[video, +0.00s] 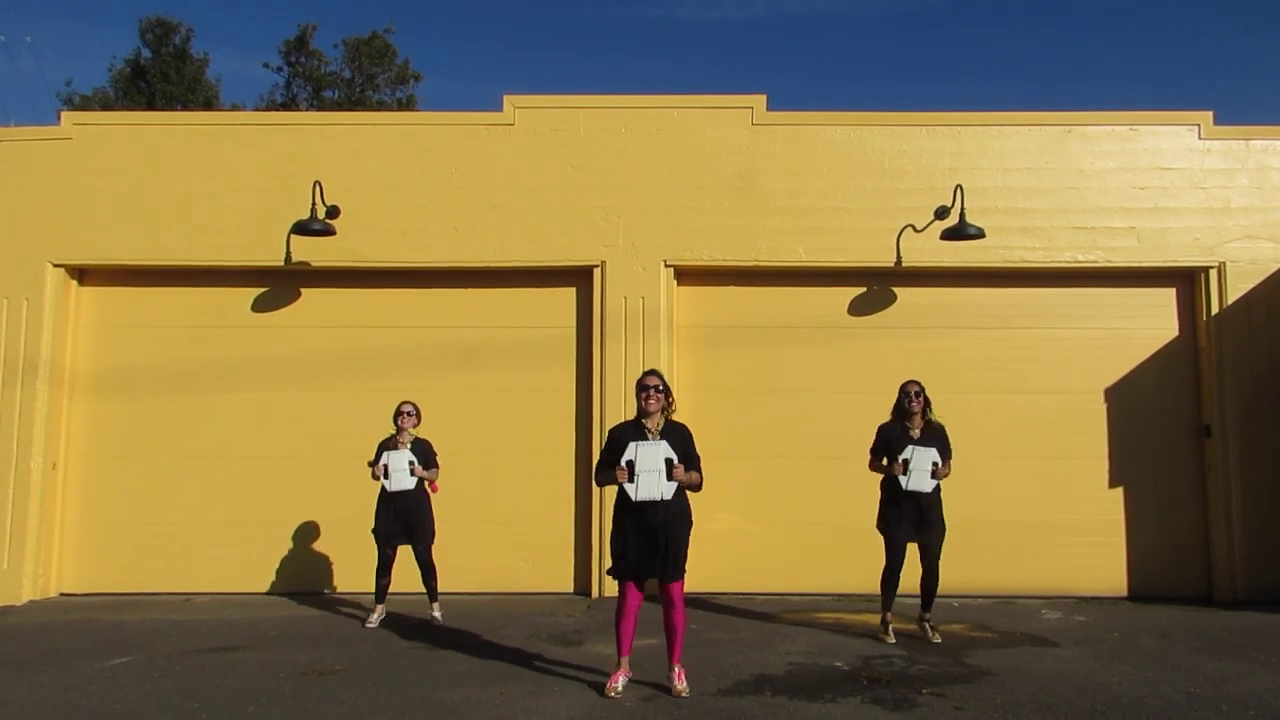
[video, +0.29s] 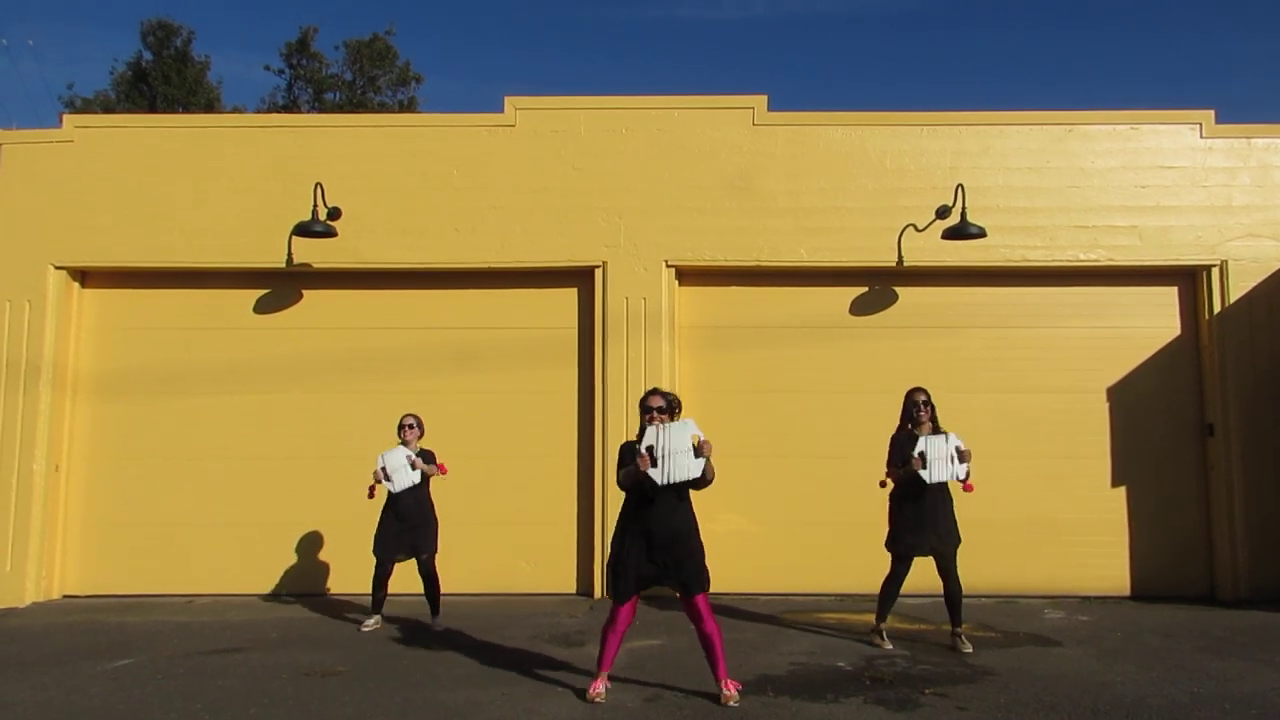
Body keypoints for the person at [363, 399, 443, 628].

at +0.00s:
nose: (404, 418)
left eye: (410, 414)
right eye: (401, 414)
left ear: (417, 419)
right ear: (395, 418)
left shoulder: (423, 445)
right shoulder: (385, 445)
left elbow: (434, 474)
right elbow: (376, 475)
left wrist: (422, 473)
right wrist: (377, 471)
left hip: (417, 509)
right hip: (389, 508)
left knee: (424, 557)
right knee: (385, 558)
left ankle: (434, 605)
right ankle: (379, 607)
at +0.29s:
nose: (406, 430)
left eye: (411, 426)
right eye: (402, 428)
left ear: (420, 430)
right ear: (399, 433)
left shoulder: (426, 455)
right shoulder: (391, 458)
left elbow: (433, 471)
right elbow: (380, 476)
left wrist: (421, 466)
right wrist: (379, 477)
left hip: (422, 518)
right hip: (393, 518)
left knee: (426, 567)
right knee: (383, 566)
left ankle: (435, 617)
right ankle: (376, 615)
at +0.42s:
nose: (413, 417)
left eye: (418, 413)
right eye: (408, 414)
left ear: (426, 418)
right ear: (402, 419)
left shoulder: (432, 441)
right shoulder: (396, 446)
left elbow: (439, 449)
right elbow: (385, 473)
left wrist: (430, 435)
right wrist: (372, 485)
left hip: (428, 505)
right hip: (399, 505)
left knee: (431, 557)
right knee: (386, 554)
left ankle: (439, 610)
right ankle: (376, 600)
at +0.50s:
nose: (416, 417)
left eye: (420, 413)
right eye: (411, 414)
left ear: (428, 416)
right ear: (407, 419)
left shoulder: (437, 437)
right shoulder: (401, 446)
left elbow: (447, 429)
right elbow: (389, 480)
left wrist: (451, 411)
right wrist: (370, 499)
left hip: (431, 503)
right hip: (402, 503)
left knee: (433, 558)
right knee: (384, 554)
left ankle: (439, 612)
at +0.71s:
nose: (418, 418)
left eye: (422, 414)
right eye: (414, 415)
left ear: (429, 418)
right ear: (407, 420)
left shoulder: (436, 440)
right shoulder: (402, 448)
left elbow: (450, 432)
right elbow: (391, 477)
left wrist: (449, 414)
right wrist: (373, 494)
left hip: (434, 505)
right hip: (406, 505)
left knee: (437, 558)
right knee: (381, 550)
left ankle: (445, 612)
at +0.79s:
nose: (413, 418)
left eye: (418, 415)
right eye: (409, 415)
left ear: (427, 418)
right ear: (404, 420)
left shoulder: (435, 439)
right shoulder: (400, 447)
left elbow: (443, 445)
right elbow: (389, 469)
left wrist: (429, 439)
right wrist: (378, 480)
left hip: (432, 504)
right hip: (404, 504)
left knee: (436, 556)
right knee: (385, 552)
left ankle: (447, 609)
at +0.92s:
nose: (412, 431)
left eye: (417, 427)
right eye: (408, 428)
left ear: (424, 432)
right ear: (403, 432)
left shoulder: (430, 457)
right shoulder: (396, 457)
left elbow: (439, 476)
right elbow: (385, 484)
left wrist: (427, 472)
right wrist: (380, 474)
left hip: (428, 516)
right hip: (400, 515)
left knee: (433, 569)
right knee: (389, 567)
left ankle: (448, 616)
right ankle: (389, 615)